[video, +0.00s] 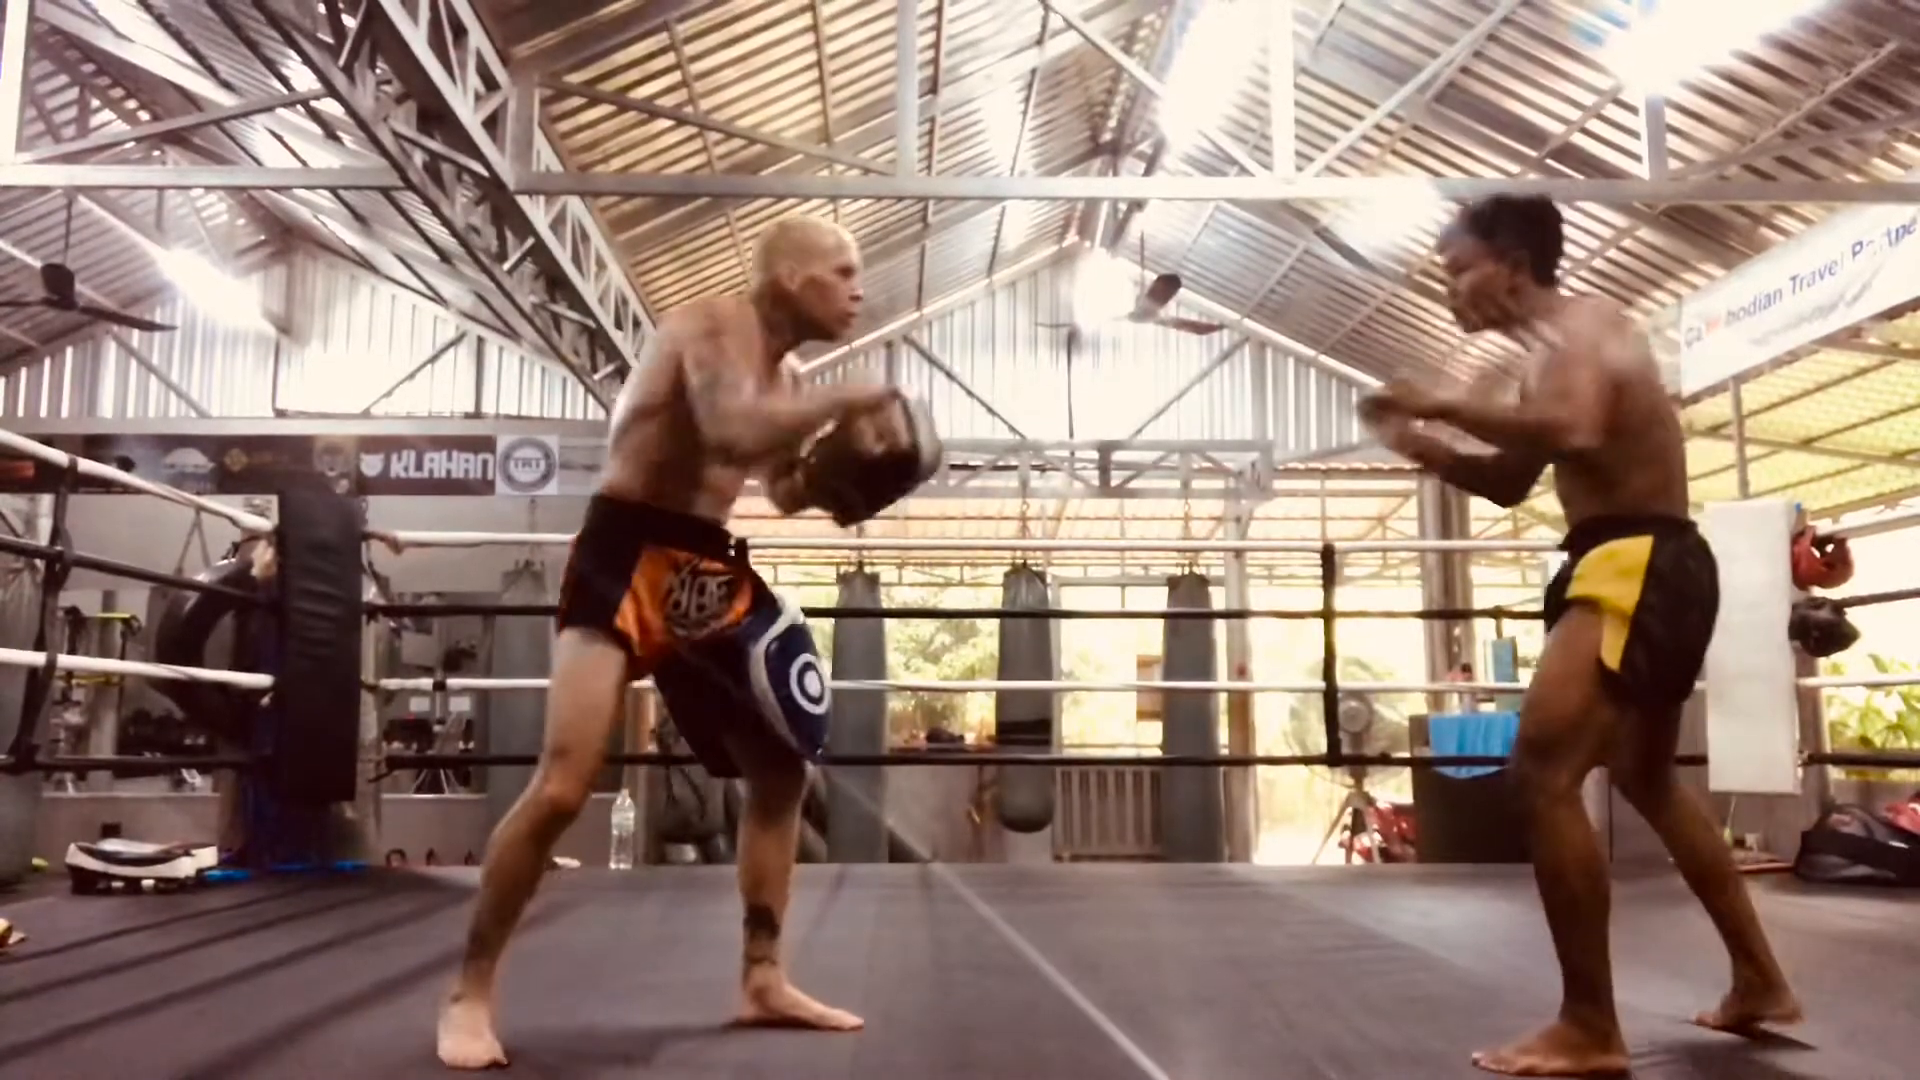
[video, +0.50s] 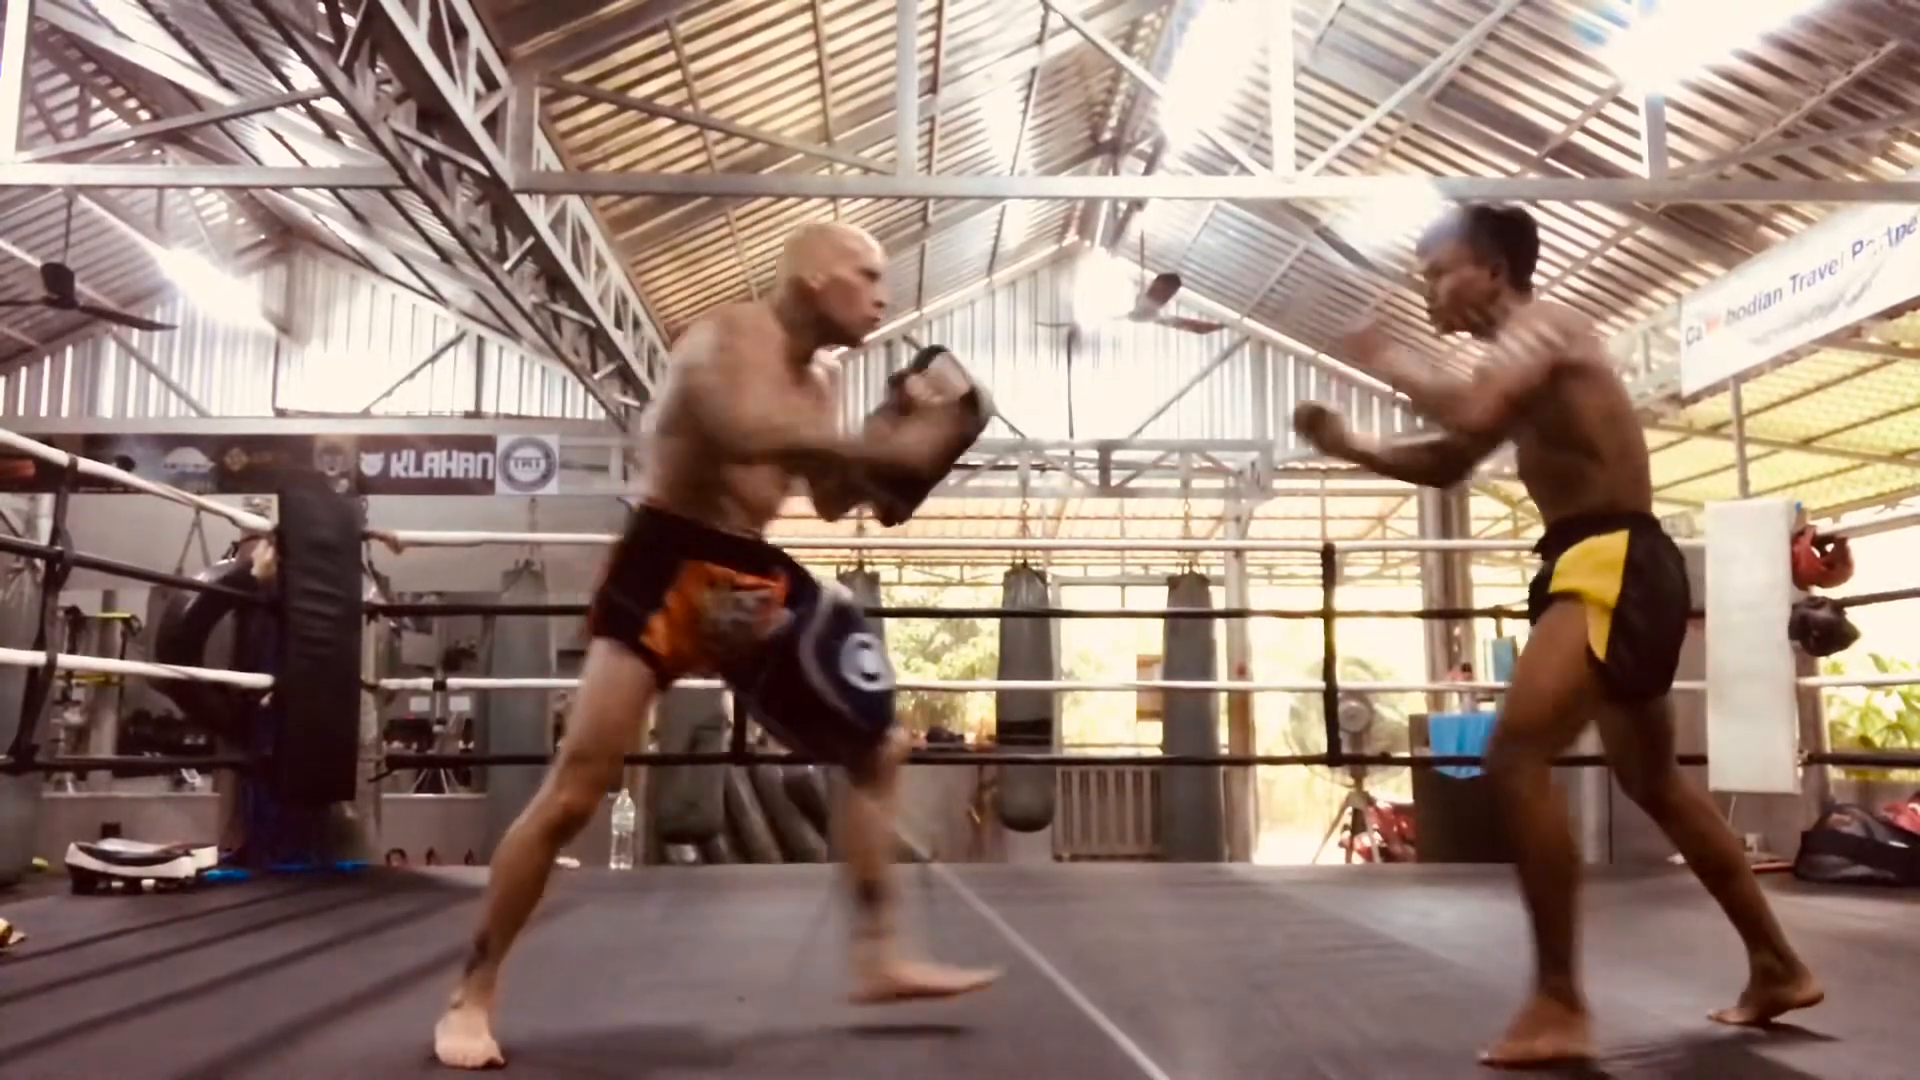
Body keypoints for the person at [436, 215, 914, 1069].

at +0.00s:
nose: (857, 292)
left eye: (857, 277)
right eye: (842, 276)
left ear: (808, 286)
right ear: (791, 281)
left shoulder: (779, 372)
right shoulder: (712, 320)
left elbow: (781, 491)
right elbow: (730, 423)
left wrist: (843, 465)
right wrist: (853, 397)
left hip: (707, 562)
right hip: (624, 549)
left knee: (781, 770)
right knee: (561, 791)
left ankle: (764, 980)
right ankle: (471, 992)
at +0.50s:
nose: (881, 300)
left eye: (881, 284)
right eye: (868, 280)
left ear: (833, 287)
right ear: (816, 278)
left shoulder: (815, 385)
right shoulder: (733, 333)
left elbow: (833, 497)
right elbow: (740, 425)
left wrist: (904, 433)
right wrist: (884, 450)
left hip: (751, 576)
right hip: (665, 563)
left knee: (877, 745)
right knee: (572, 796)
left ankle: (876, 962)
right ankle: (473, 996)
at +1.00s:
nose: (1029, 300)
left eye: (1034, 290)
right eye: (1022, 279)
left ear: (1011, 296)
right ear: (974, 265)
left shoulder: (985, 371)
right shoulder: (919, 318)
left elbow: (1047, 458)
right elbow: (808, 400)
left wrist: (1049, 366)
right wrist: (803, 409)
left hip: (959, 566)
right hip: (968, 494)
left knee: (1039, 774)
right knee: (1204, 462)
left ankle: (1024, 980)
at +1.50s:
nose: (1109, 288)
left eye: (1116, 272)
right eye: (1103, 266)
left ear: (1061, 250)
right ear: (1054, 243)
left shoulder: (1017, 323)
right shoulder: (990, 288)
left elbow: (1002, 487)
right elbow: (1106, 385)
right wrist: (1193, 323)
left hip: (977, 545)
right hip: (930, 534)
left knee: (1044, 767)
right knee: (984, 786)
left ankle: (1022, 982)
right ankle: (901, 1042)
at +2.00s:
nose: (1102, 233)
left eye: (1106, 218)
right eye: (1100, 213)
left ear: (1034, 190)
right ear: (1056, 193)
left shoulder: (969, 262)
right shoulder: (1011, 248)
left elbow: (922, 442)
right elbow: (1044, 380)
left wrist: (1053, 457)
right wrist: (1136, 373)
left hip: (947, 512)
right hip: (989, 504)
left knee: (1020, 771)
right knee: (1006, 776)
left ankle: (1031, 977)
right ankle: (890, 1039)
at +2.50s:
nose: (997, 201)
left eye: (982, 187)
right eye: (997, 187)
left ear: (923, 192)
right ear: (993, 188)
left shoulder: (865, 288)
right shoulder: (1036, 263)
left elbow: (804, 405)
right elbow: (1102, 410)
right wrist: (1013, 416)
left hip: (890, 513)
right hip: (983, 504)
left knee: (910, 791)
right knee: (964, 790)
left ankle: (885, 1037)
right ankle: (885, 1049)